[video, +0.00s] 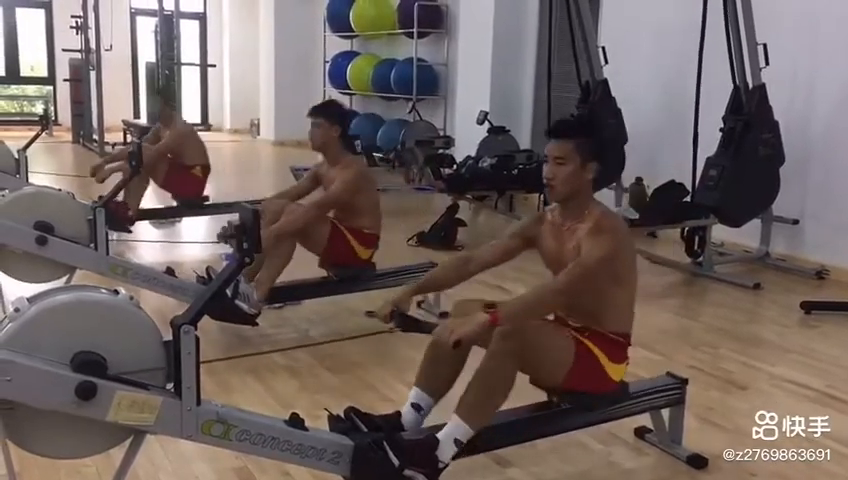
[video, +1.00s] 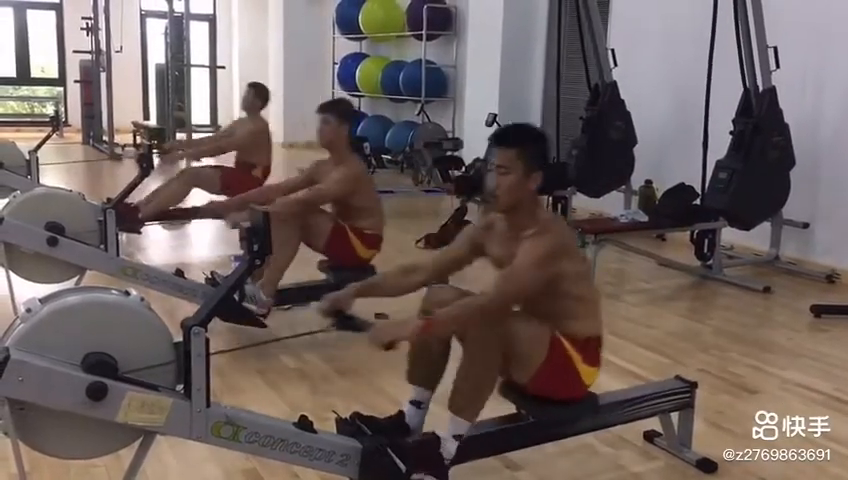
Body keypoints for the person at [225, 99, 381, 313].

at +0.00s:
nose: (310, 132)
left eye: (316, 126)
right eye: (311, 126)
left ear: (336, 131)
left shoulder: (352, 173)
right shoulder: (324, 167)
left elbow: (310, 211)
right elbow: (290, 194)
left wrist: (264, 237)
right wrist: (253, 214)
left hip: (358, 247)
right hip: (342, 239)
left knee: (293, 215)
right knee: (273, 208)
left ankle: (257, 297)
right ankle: (243, 281)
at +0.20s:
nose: (277, 135)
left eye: (284, 129)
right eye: (279, 129)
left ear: (304, 134)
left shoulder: (322, 175)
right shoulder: (291, 171)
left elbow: (273, 215)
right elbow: (250, 200)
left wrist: (223, 239)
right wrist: (203, 228)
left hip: (333, 253)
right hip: (318, 245)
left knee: (274, 214)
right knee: (260, 202)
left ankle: (257, 297)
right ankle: (244, 286)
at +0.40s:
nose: (245, 140)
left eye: (252, 134)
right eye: (246, 134)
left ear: (273, 137)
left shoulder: (289, 178)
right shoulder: (258, 175)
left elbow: (242, 214)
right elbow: (218, 201)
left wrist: (187, 239)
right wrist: (167, 225)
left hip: (309, 258)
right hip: (288, 253)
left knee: (259, 213)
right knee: (234, 208)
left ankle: (259, 293)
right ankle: (247, 282)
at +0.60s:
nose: (230, 141)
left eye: (237, 135)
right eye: (231, 135)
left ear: (259, 141)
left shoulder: (270, 177)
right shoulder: (240, 175)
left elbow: (219, 207)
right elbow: (191, 197)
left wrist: (157, 228)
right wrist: (139, 217)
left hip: (303, 253)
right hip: (283, 248)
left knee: (260, 212)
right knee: (229, 206)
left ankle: (262, 286)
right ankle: (244, 274)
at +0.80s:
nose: (258, 135)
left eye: (266, 130)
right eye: (260, 129)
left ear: (287, 136)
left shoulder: (294, 175)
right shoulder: (270, 170)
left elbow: (242, 203)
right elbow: (222, 191)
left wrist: (185, 217)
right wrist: (167, 209)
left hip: (322, 252)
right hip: (307, 244)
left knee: (272, 208)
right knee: (248, 209)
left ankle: (263, 287)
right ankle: (247, 276)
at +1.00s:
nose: (319, 129)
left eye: (326, 123)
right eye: (320, 123)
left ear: (345, 129)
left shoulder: (350, 172)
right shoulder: (323, 167)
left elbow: (301, 203)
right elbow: (279, 189)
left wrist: (255, 213)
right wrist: (232, 203)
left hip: (359, 245)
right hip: (345, 236)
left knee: (291, 215)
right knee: (280, 210)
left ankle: (265, 293)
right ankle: (257, 281)